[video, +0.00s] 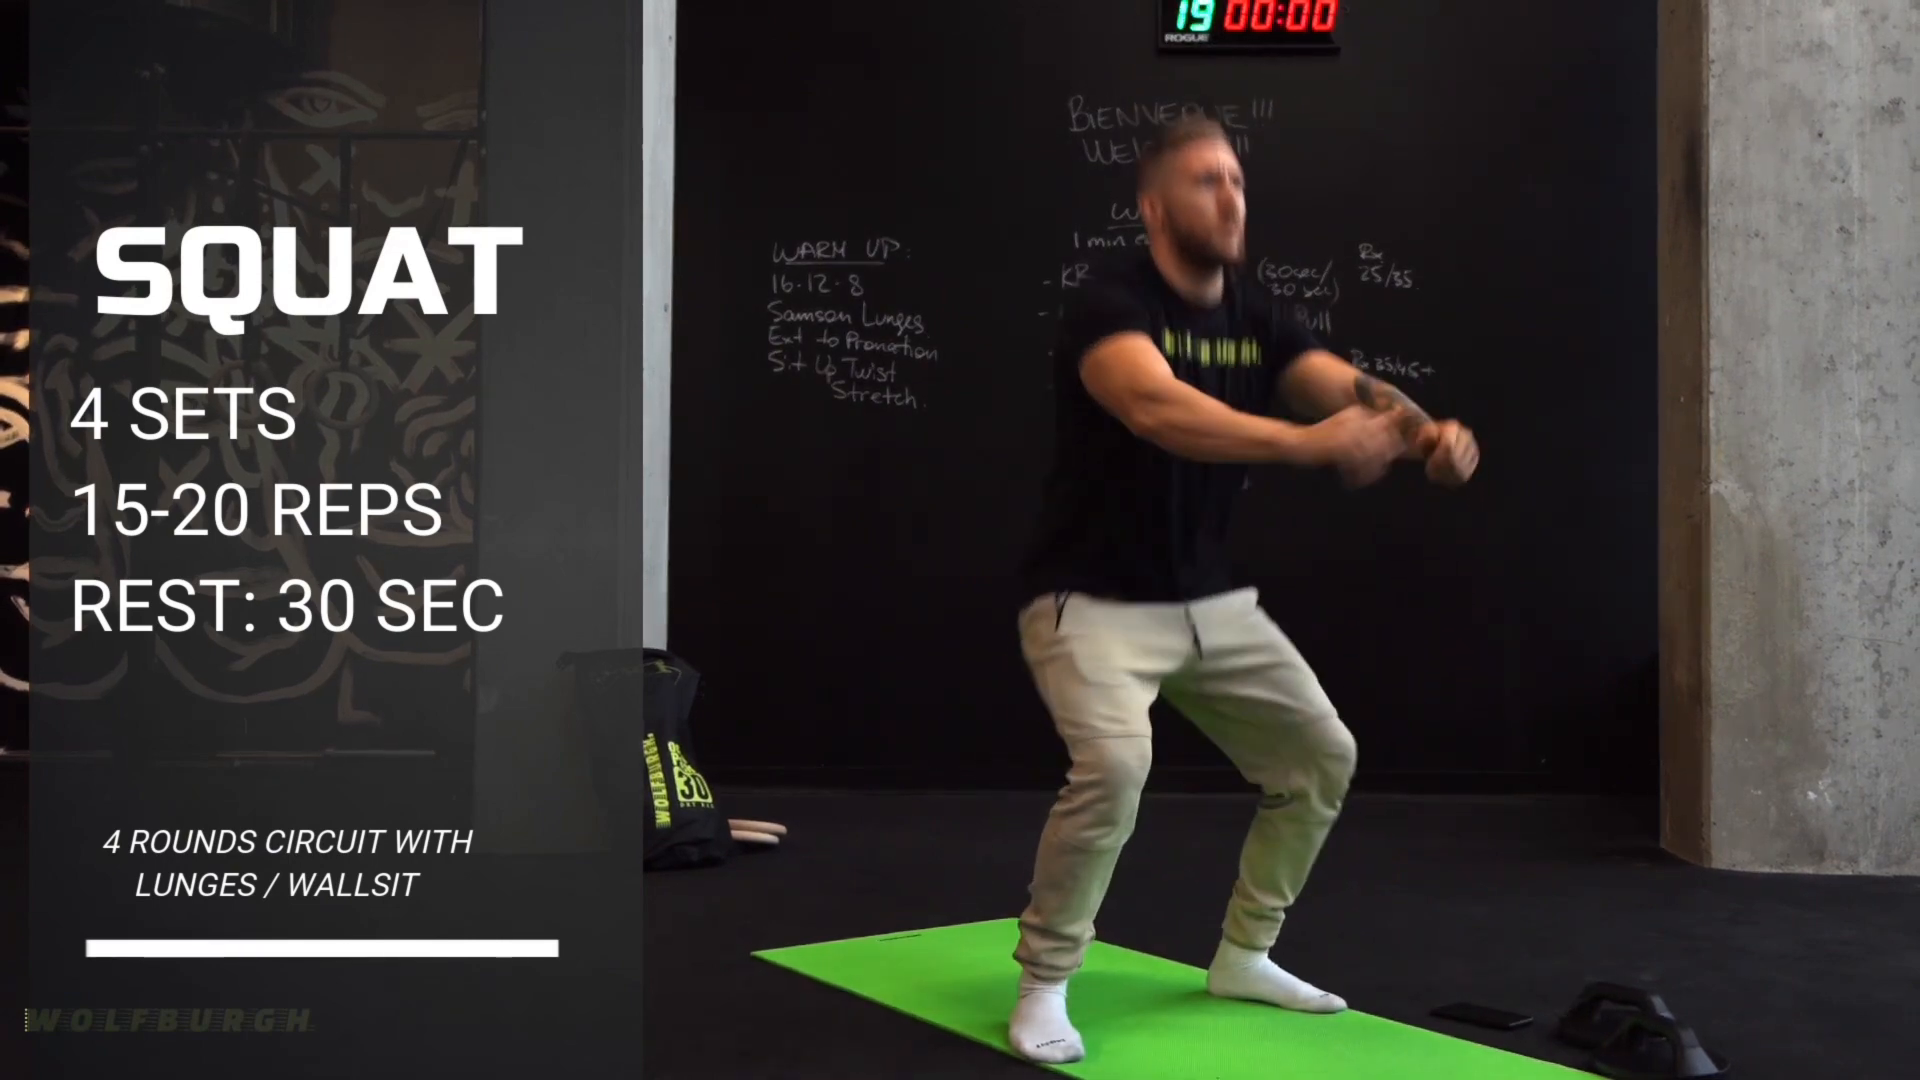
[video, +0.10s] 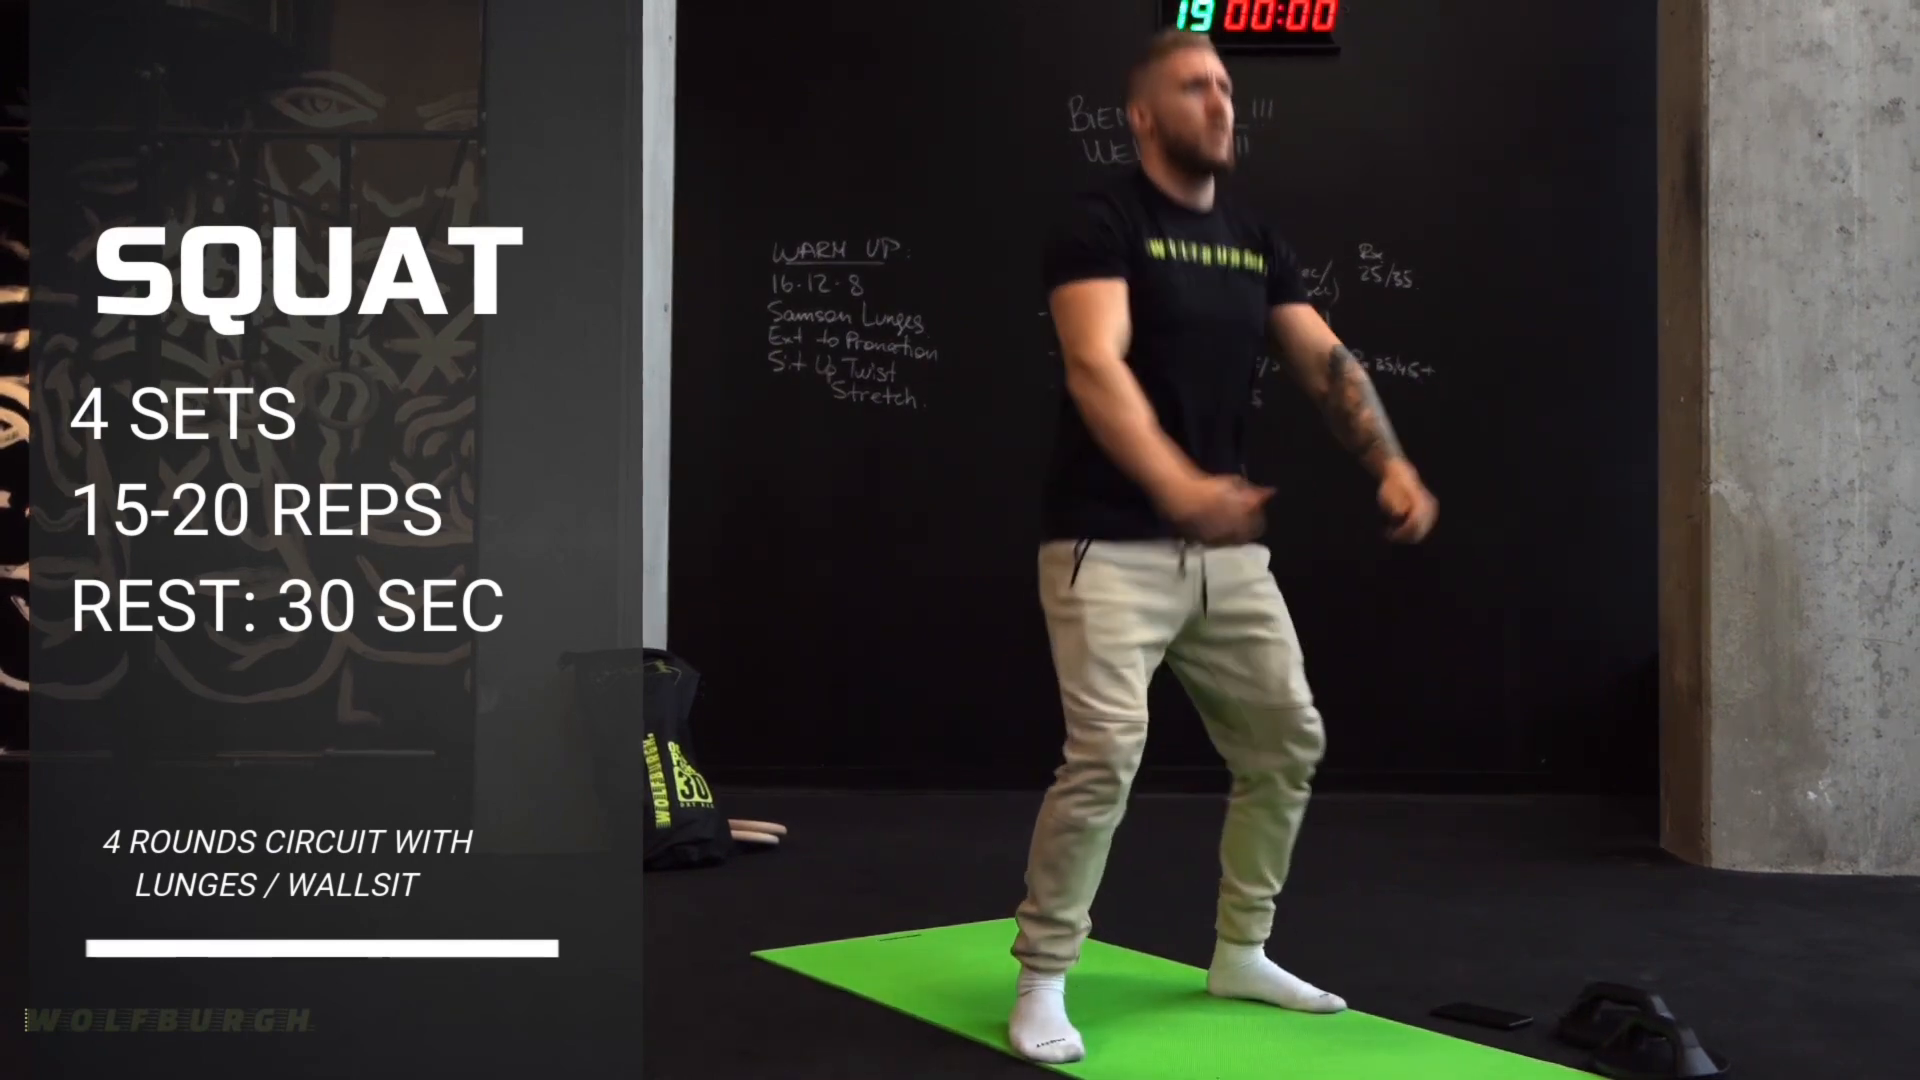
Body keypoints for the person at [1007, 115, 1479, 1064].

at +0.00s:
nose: (1232, 198)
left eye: (1236, 181)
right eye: (1208, 183)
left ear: (1245, 198)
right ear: (1154, 204)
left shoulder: (1254, 315)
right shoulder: (1105, 303)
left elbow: (1350, 391)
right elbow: (1158, 412)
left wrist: (1426, 431)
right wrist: (1309, 444)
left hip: (1208, 601)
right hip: (1090, 603)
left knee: (1321, 758)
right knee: (1113, 767)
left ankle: (1243, 959)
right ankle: (1044, 984)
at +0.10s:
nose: (1219, 104)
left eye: (1224, 89)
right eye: (1194, 89)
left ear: (1233, 112)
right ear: (1140, 112)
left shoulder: (1252, 234)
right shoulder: (1097, 219)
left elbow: (1323, 360)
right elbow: (1093, 369)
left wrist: (1390, 462)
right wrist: (1181, 484)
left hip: (1227, 549)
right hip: (1109, 548)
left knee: (1285, 742)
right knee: (1106, 752)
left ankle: (1239, 957)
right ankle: (1043, 980)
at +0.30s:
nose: (1209, 60)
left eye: (1214, 44)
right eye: (1184, 44)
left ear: (1222, 69)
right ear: (1131, 72)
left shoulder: (1249, 197)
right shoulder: (1084, 185)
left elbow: (1282, 366)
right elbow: (1027, 350)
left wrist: (1296, 511)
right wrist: (1016, 510)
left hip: (1238, 522)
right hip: (1116, 515)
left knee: (1229, 743)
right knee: (1083, 747)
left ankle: (1236, 954)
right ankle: (1040, 979)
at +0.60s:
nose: (1215, 80)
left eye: (1219, 64)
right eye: (1189, 64)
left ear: (1226, 88)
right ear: (1135, 90)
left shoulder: (1252, 222)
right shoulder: (1089, 207)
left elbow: (1317, 360)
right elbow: (1074, 358)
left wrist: (1375, 475)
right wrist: (1147, 487)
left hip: (1226, 536)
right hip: (1109, 534)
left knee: (1269, 743)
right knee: (1098, 749)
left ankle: (1239, 956)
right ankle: (1041, 982)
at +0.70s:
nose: (1229, 153)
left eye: (1233, 136)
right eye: (1204, 137)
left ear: (1243, 154)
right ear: (1148, 158)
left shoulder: (1257, 286)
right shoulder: (1100, 265)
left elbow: (1344, 377)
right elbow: (1127, 385)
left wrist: (1406, 421)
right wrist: (1283, 436)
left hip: (1206, 581)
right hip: (1088, 577)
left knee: (1303, 753)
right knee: (1102, 758)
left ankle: (1242, 959)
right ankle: (1042, 981)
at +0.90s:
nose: (1242, 293)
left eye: (1248, 277)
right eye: (1219, 278)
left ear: (1256, 294)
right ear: (1163, 301)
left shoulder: (1264, 405)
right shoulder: (1116, 394)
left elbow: (1381, 463)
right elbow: (1183, 454)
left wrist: (1437, 428)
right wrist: (1352, 423)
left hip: (1193, 661)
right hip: (1071, 659)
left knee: (1325, 761)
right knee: (1104, 770)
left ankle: (1242, 962)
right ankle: (1042, 987)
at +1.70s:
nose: (1230, 145)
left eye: (1235, 128)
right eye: (1205, 130)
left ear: (1245, 148)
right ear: (1150, 152)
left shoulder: (1262, 278)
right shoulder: (1103, 259)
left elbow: (1342, 383)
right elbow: (1114, 397)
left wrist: (1412, 469)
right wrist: (1228, 494)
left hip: (1227, 578)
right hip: (1107, 575)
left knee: (1310, 756)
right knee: (1115, 763)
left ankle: (1242, 959)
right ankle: (1045, 981)